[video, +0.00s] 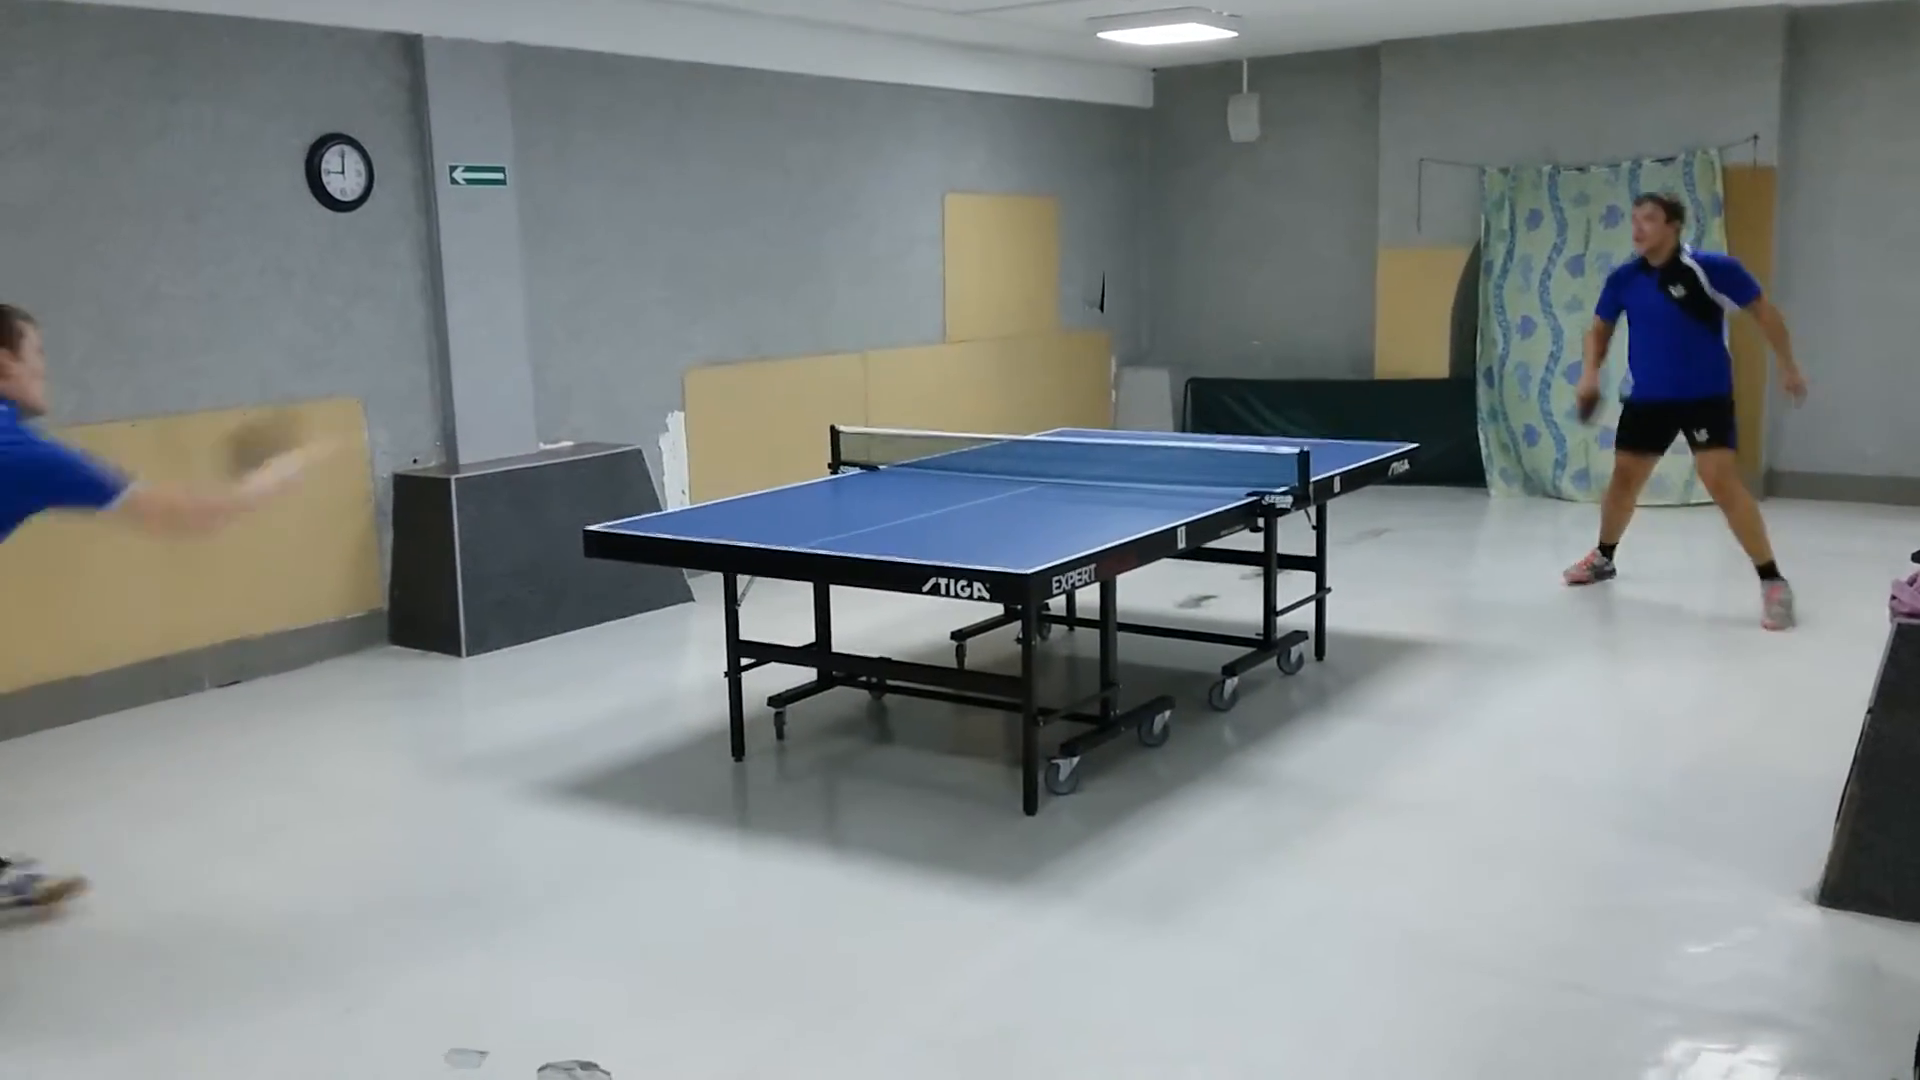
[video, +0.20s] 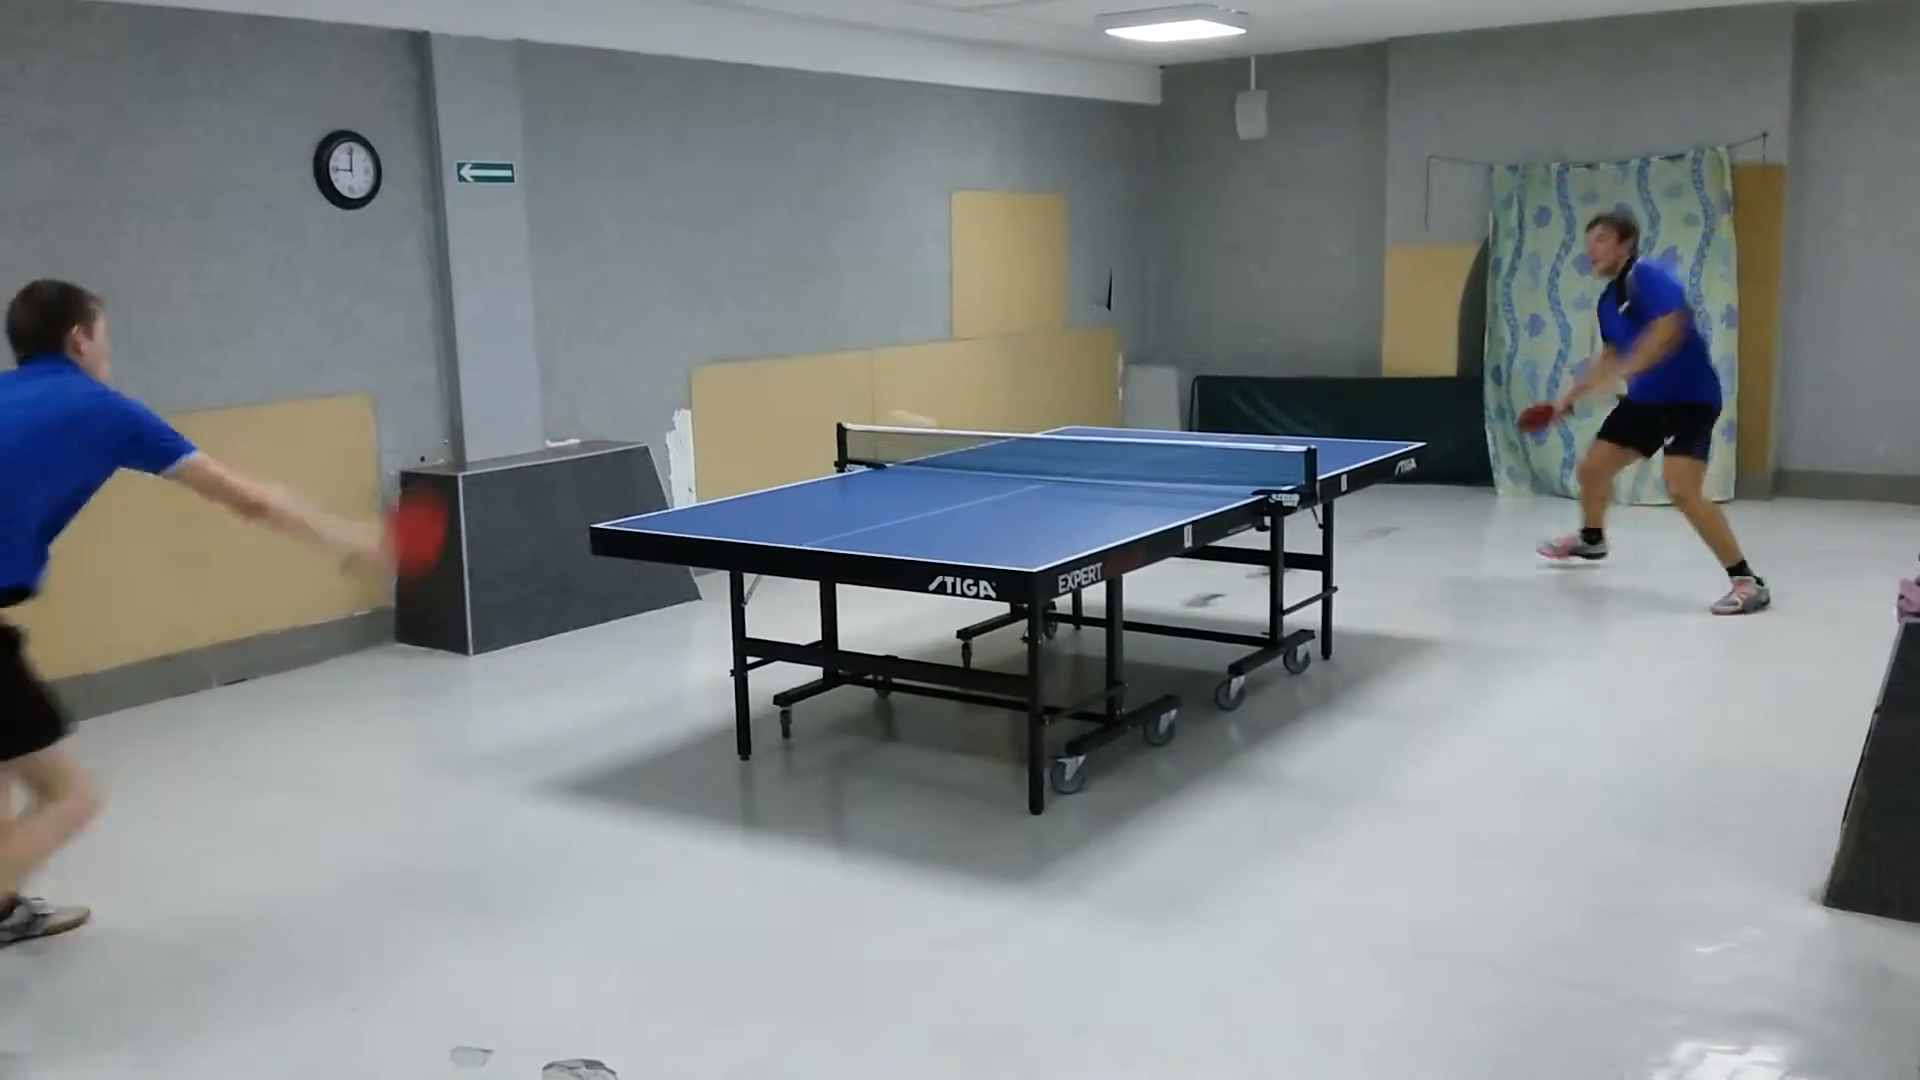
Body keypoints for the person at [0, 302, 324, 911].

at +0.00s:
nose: (43, 368)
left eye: (39, 353)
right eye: (33, 354)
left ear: (8, 363)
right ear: (5, 363)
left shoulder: (16, 444)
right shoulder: (17, 449)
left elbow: (161, 509)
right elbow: (169, 511)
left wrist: (245, 488)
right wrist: (273, 478)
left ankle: (5, 871)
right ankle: (4, 871)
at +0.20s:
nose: (108, 351)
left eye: (105, 336)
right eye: (103, 336)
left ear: (28, 343)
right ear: (77, 339)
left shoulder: (9, 392)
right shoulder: (99, 407)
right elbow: (248, 498)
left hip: (4, 633)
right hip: (1, 636)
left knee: (14, 783)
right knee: (71, 797)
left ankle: (9, 901)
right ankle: (4, 898)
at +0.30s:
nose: (134, 338)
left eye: (128, 323)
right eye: (128, 324)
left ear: (53, 338)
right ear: (105, 332)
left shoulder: (10, 390)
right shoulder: (131, 406)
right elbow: (238, 531)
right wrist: (293, 617)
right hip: (23, 625)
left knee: (18, 755)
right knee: (142, 786)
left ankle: (2, 902)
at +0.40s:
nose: (164, 328)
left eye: (158, 313)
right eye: (158, 315)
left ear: (80, 330)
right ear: (138, 325)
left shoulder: (21, 395)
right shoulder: (161, 404)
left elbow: (14, 510)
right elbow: (238, 546)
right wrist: (240, 648)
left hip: (0, 630)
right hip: (60, 634)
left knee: (54, 758)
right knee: (204, 800)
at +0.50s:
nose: (201, 319)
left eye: (194, 304)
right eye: (194, 305)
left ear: (119, 323)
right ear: (174, 317)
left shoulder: (62, 400)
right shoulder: (205, 400)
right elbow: (258, 550)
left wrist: (31, 599)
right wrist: (237, 631)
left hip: (58, 642)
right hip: (146, 649)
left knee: (98, 763)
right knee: (281, 812)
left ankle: (23, 910)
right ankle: (242, 1029)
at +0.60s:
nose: (241, 302)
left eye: (235, 288)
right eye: (235, 290)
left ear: (152, 306)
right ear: (218, 300)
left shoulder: (105, 391)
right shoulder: (248, 391)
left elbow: (27, 509)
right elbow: (281, 542)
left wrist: (82, 594)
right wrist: (277, 611)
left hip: (119, 643)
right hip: (214, 649)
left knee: (153, 756)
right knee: (311, 818)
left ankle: (80, 913)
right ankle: (244, 1030)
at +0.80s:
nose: (299, 253)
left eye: (293, 239)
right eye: (295, 241)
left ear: (211, 256)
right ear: (279, 252)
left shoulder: (154, 341)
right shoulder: (311, 351)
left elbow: (92, 464)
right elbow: (337, 510)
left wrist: (148, 549)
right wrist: (352, 584)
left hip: (171, 599)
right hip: (263, 602)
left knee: (221, 744)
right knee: (366, 780)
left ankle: (210, 913)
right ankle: (312, 992)